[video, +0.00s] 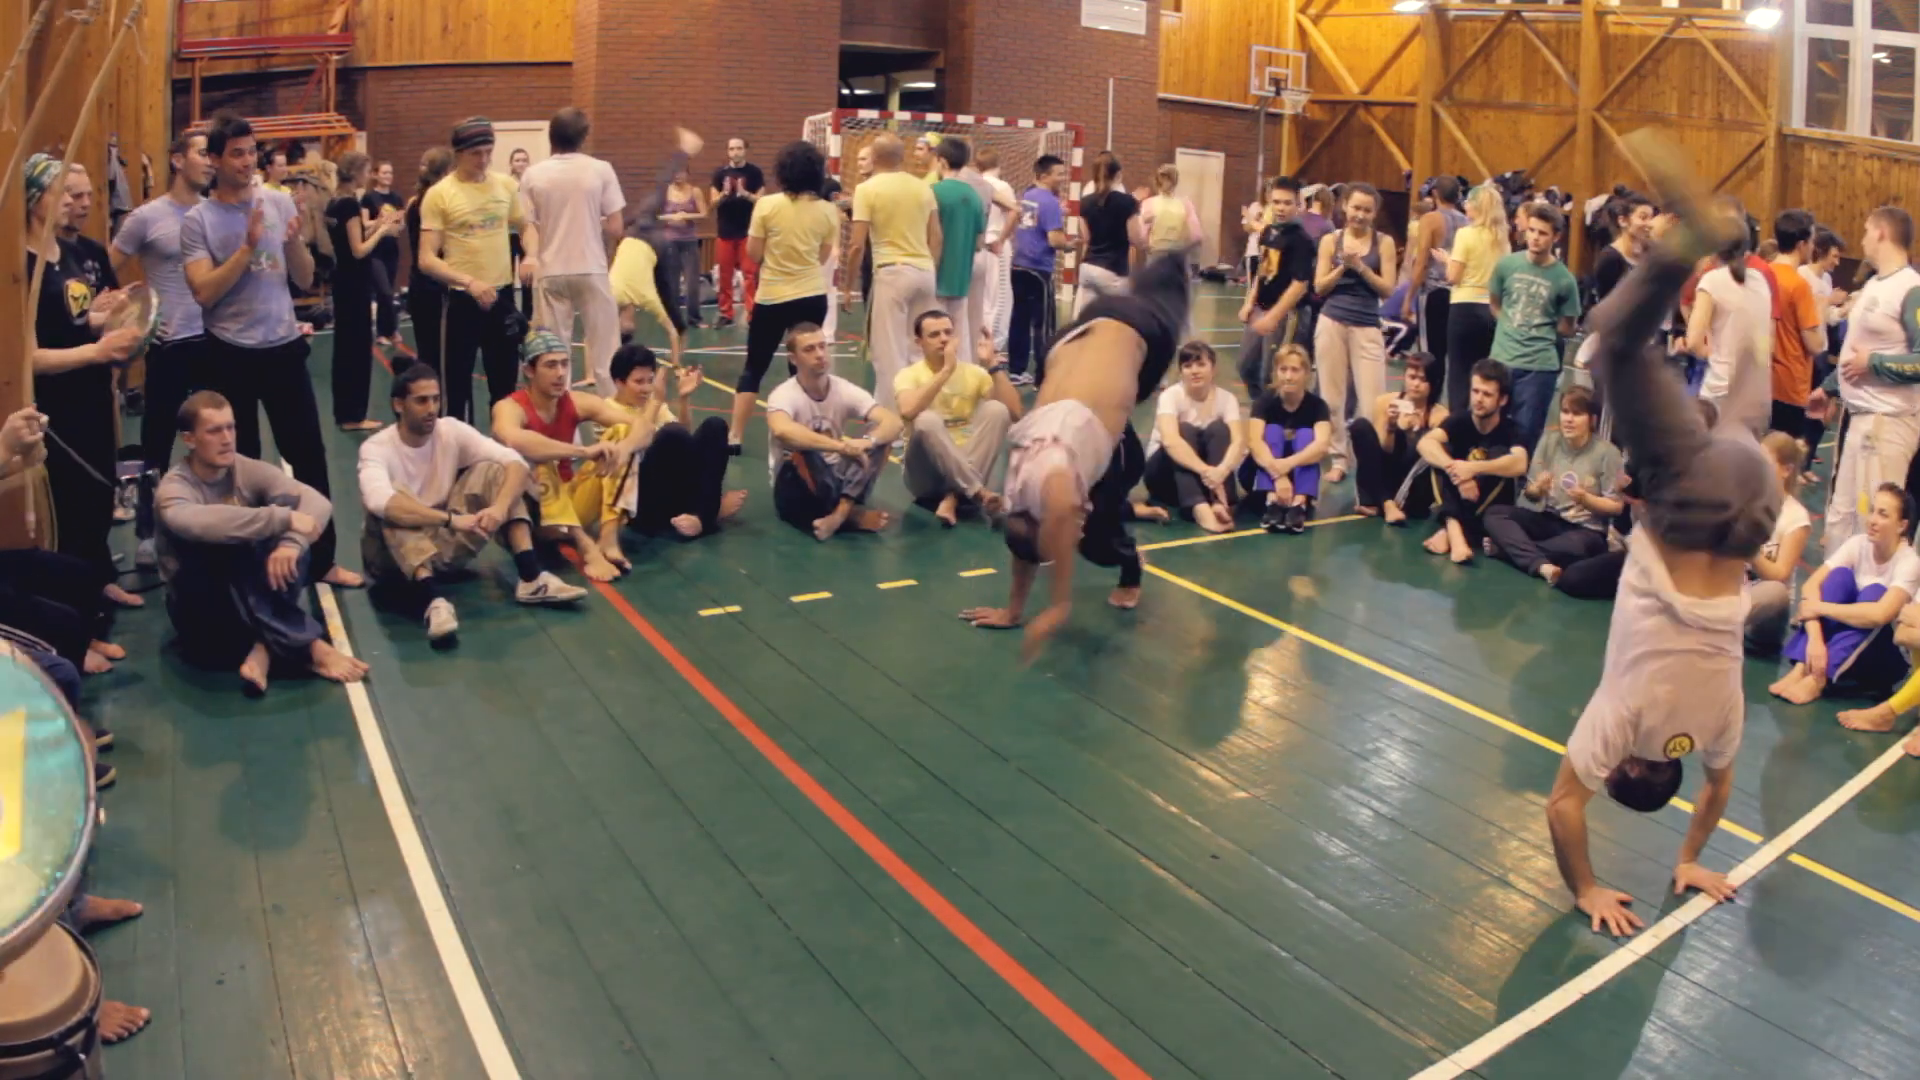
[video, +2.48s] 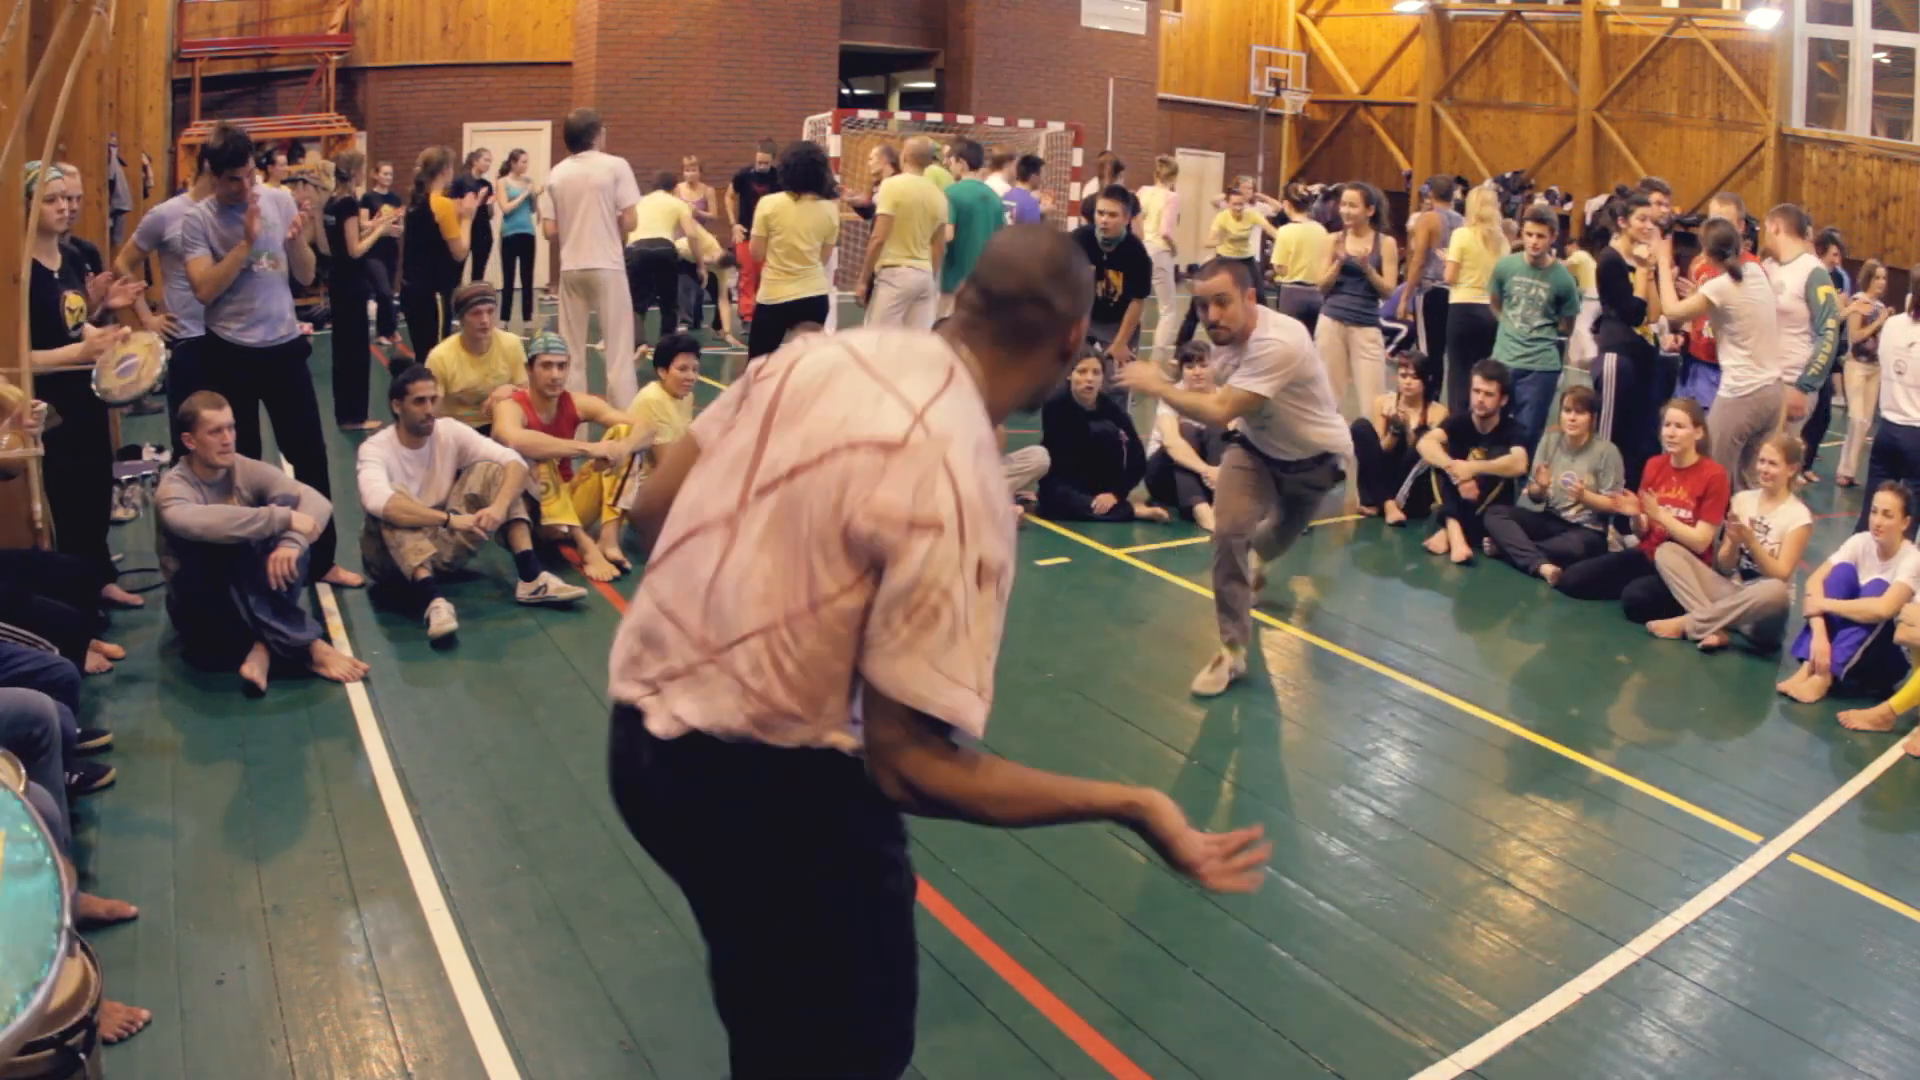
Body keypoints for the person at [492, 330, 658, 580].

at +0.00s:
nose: (560, 373)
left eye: (564, 364)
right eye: (550, 366)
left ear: (570, 366)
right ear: (529, 370)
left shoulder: (579, 402)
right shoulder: (509, 408)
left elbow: (644, 426)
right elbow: (514, 441)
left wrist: (625, 447)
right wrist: (582, 451)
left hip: (575, 506)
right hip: (529, 513)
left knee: (623, 432)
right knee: (541, 465)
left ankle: (609, 537)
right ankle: (586, 545)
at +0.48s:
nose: (560, 372)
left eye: (563, 364)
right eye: (550, 365)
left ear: (568, 366)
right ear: (529, 370)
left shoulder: (577, 402)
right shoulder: (509, 407)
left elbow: (648, 427)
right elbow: (513, 441)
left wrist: (625, 445)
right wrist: (583, 449)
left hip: (574, 505)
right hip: (527, 511)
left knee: (621, 433)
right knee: (541, 464)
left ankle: (609, 537)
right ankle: (586, 544)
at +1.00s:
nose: (563, 374)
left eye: (567, 365)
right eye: (554, 366)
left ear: (572, 366)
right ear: (531, 369)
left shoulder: (582, 403)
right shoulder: (509, 408)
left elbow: (646, 428)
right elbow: (513, 441)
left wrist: (624, 442)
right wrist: (583, 445)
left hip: (573, 505)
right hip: (528, 512)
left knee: (621, 440)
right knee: (542, 466)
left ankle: (609, 538)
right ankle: (587, 546)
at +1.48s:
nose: (562, 375)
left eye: (565, 366)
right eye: (552, 367)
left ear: (571, 367)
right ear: (530, 370)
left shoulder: (581, 402)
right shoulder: (511, 407)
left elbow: (645, 427)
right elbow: (513, 440)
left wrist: (625, 445)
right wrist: (586, 447)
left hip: (571, 506)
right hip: (526, 513)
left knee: (622, 444)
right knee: (541, 463)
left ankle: (609, 537)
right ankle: (586, 545)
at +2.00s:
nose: (560, 375)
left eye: (564, 366)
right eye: (550, 367)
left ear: (569, 367)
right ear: (530, 370)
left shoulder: (581, 403)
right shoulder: (510, 408)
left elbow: (646, 427)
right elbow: (516, 441)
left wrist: (624, 446)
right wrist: (586, 445)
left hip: (572, 508)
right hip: (527, 514)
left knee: (621, 446)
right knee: (541, 464)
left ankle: (609, 538)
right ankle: (587, 546)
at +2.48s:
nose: (555, 375)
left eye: (561, 366)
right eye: (546, 366)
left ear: (568, 369)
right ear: (529, 369)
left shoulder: (578, 404)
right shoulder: (510, 406)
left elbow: (645, 426)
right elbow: (512, 439)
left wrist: (624, 447)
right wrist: (588, 448)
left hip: (571, 505)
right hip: (528, 511)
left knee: (623, 432)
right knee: (543, 466)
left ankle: (609, 537)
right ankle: (587, 546)